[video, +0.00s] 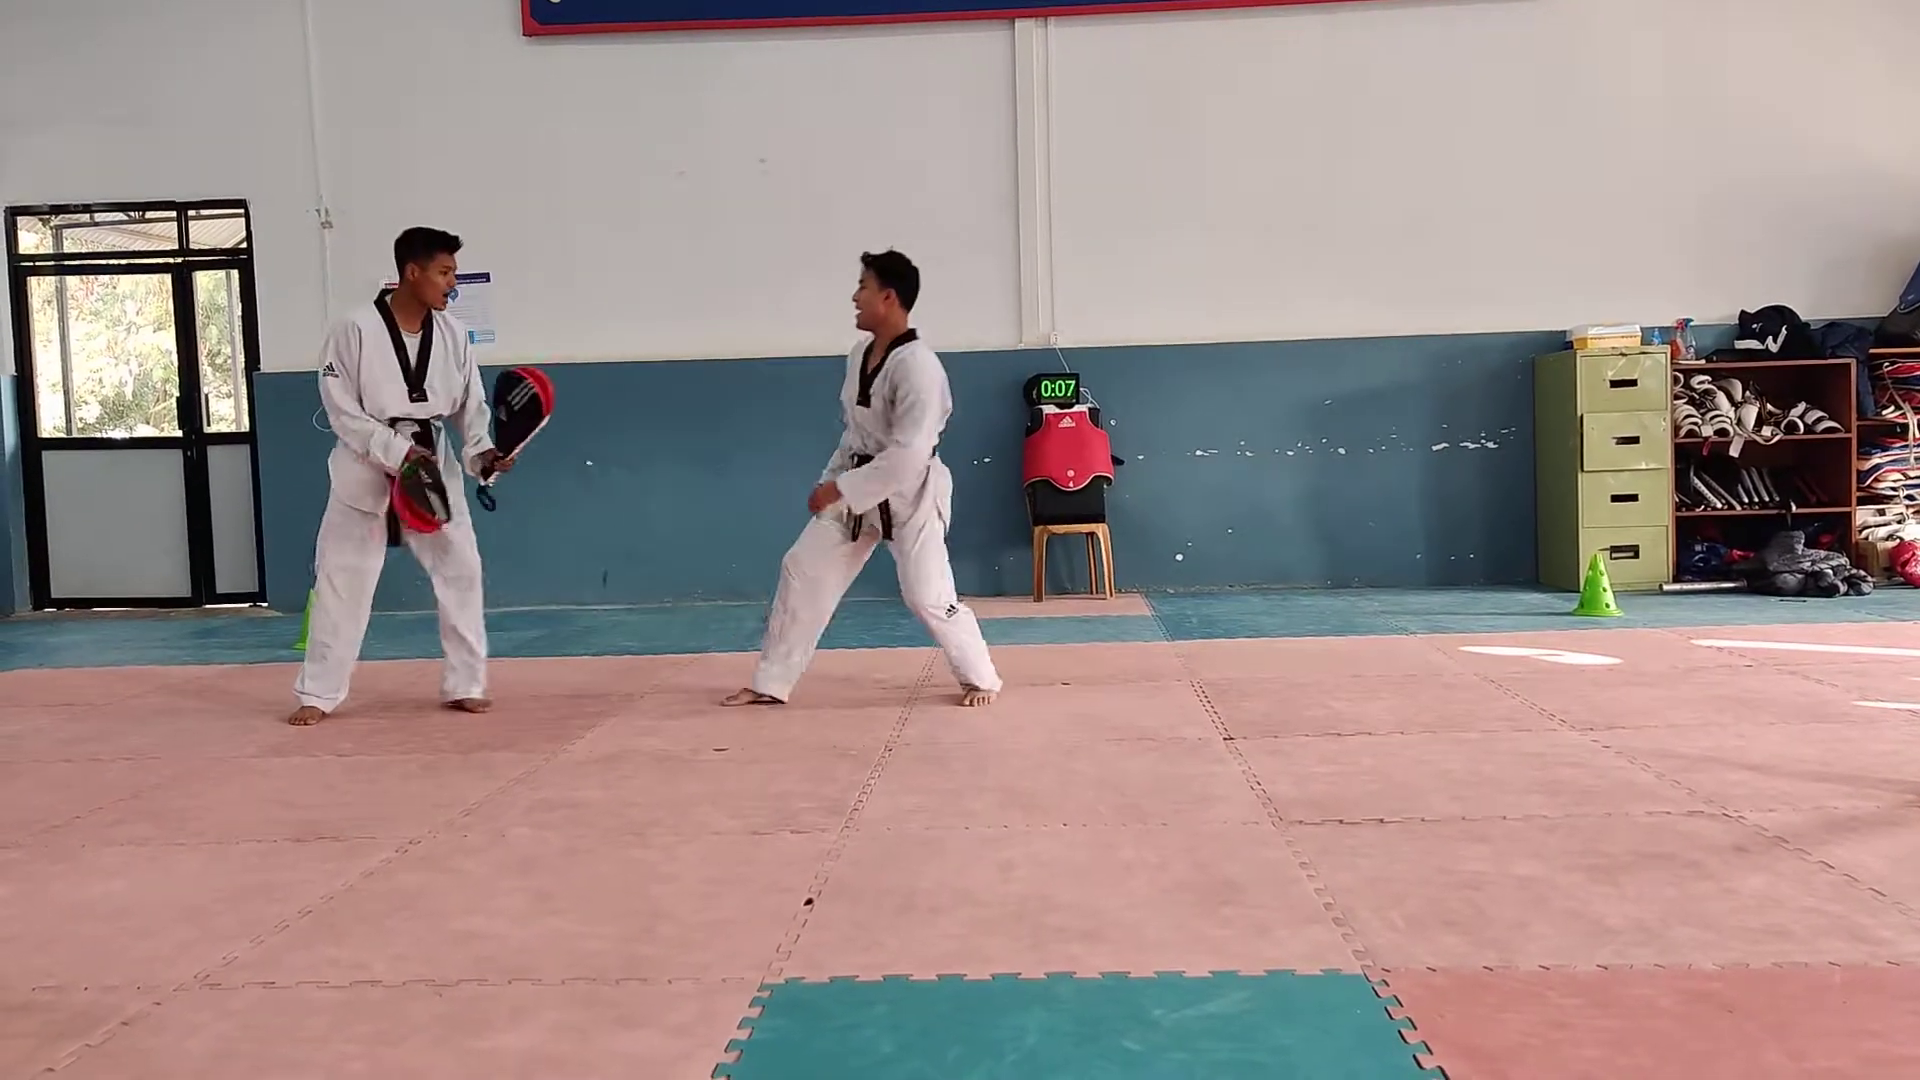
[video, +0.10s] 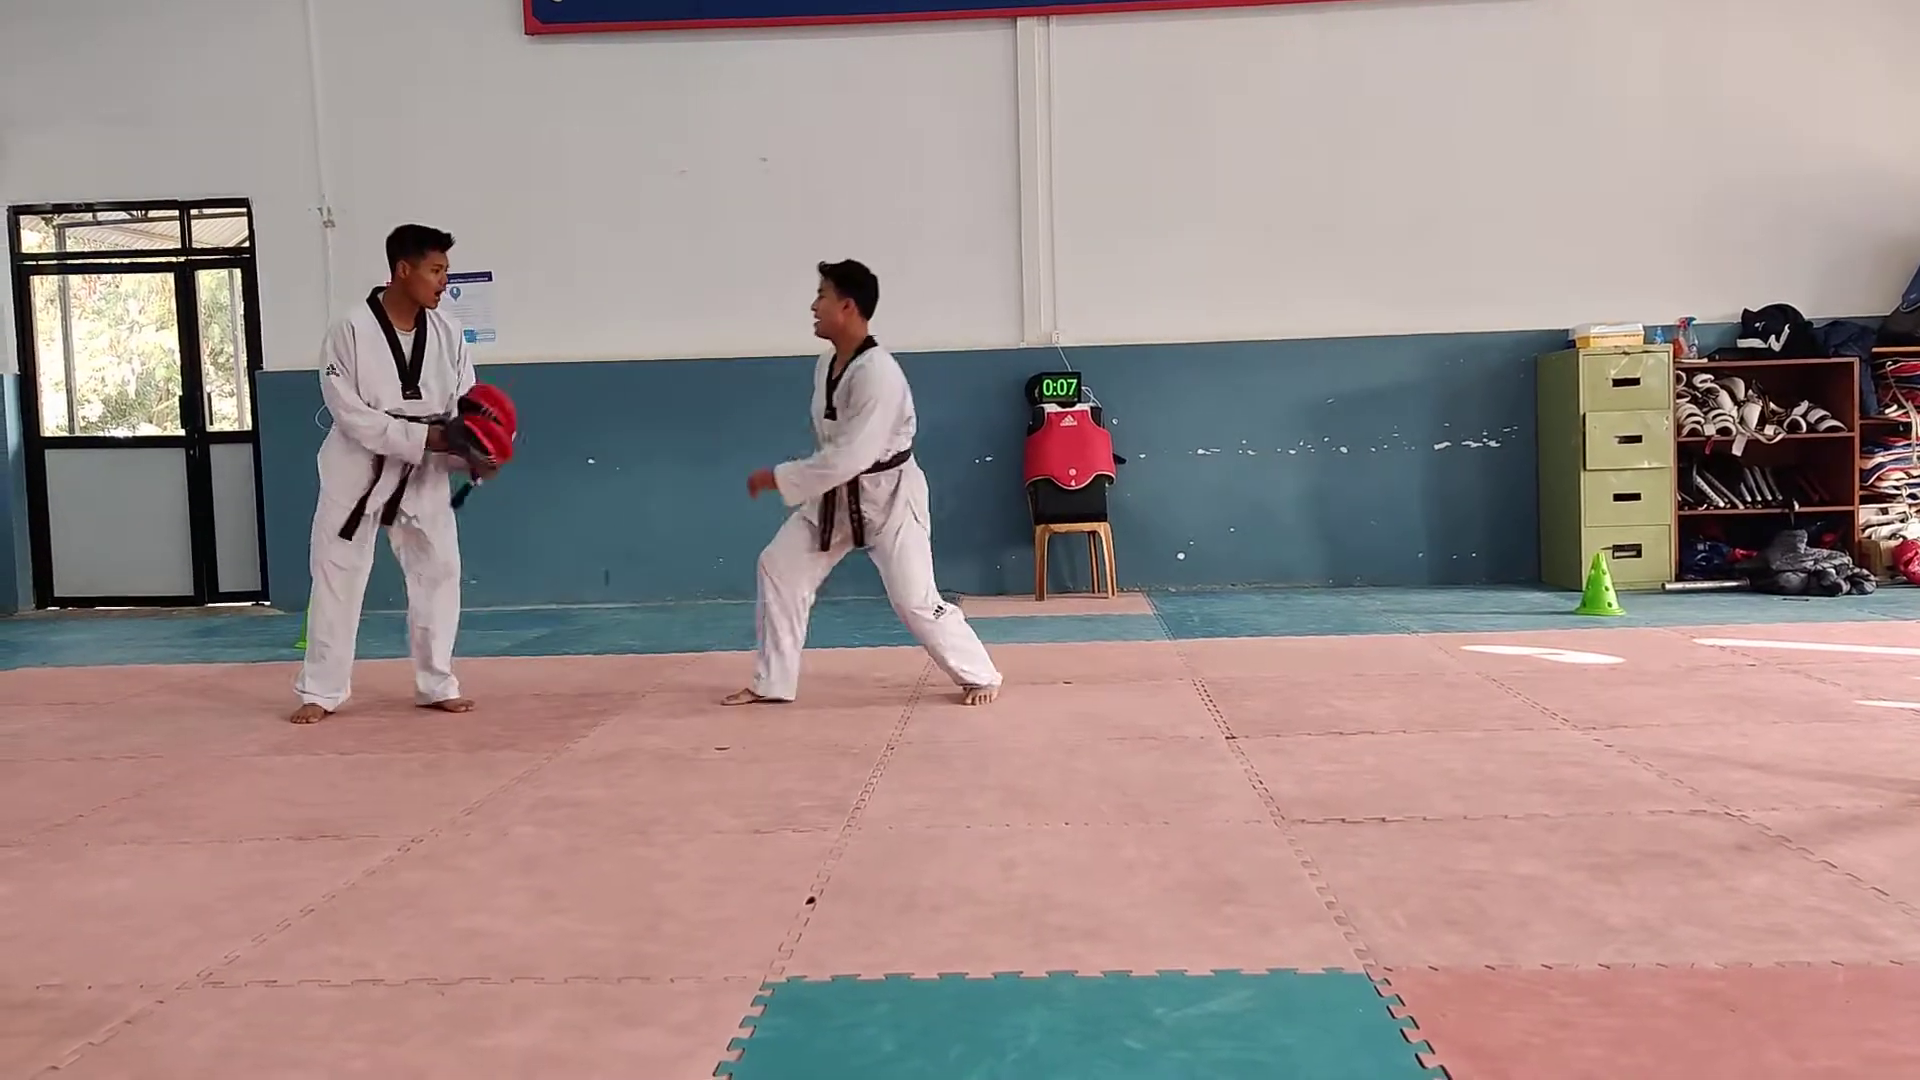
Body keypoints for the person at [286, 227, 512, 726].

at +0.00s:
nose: (453, 283)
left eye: (454, 273)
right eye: (444, 273)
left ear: (427, 275)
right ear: (411, 273)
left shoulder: (452, 334)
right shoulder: (351, 330)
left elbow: (470, 403)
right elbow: (343, 414)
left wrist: (479, 451)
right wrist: (396, 450)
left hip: (433, 462)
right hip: (365, 462)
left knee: (462, 566)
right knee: (342, 572)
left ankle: (466, 685)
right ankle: (318, 694)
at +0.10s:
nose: (444, 280)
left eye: (446, 271)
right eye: (436, 271)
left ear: (426, 274)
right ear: (402, 271)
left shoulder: (447, 331)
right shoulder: (350, 328)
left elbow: (467, 403)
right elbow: (347, 412)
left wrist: (481, 451)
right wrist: (421, 439)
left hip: (425, 466)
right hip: (355, 463)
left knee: (438, 570)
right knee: (337, 575)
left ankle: (437, 683)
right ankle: (321, 692)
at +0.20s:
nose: (440, 280)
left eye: (441, 271)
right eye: (430, 271)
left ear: (430, 273)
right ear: (397, 270)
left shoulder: (443, 330)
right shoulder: (346, 327)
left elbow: (465, 407)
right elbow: (344, 411)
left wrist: (479, 454)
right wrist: (423, 435)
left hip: (415, 459)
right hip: (346, 457)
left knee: (428, 568)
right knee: (329, 570)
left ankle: (437, 683)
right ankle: (316, 690)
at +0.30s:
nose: (428, 277)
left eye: (429, 268)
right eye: (419, 268)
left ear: (406, 271)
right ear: (385, 269)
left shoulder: (430, 329)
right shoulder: (335, 325)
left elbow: (448, 408)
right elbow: (340, 409)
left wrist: (474, 448)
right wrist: (419, 433)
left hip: (404, 460)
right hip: (336, 459)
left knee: (423, 569)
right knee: (310, 568)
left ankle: (439, 683)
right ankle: (292, 688)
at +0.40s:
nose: (404, 276)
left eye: (404, 267)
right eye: (394, 267)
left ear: (386, 271)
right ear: (361, 268)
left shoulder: (411, 333)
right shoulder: (315, 330)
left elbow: (436, 406)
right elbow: (333, 412)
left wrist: (466, 443)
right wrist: (416, 428)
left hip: (390, 464)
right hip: (319, 463)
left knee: (416, 573)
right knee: (277, 568)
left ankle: (439, 684)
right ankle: (241, 681)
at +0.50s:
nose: (371, 282)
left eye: (371, 272)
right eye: (362, 273)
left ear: (348, 276)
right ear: (327, 274)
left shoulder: (377, 332)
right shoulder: (285, 337)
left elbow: (414, 397)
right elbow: (322, 411)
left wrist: (455, 397)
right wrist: (411, 427)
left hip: (365, 462)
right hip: (299, 464)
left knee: (406, 570)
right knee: (250, 573)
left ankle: (439, 684)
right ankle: (197, 689)